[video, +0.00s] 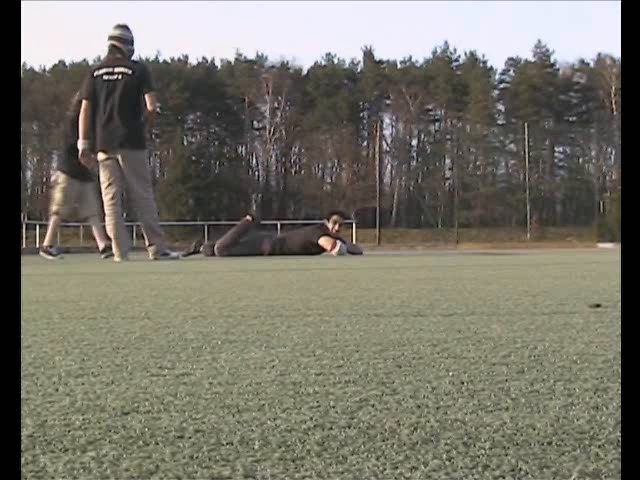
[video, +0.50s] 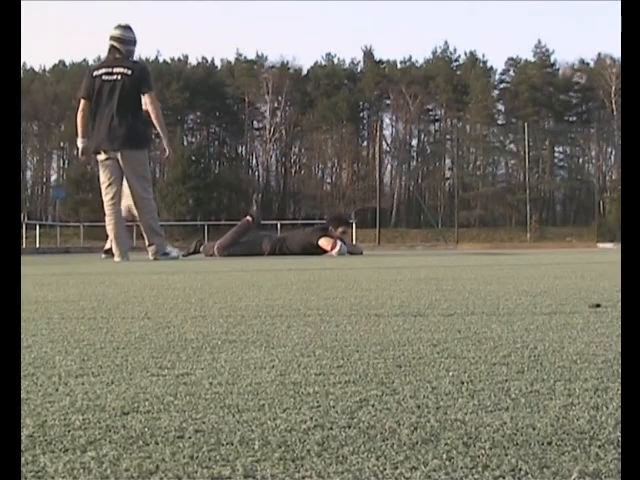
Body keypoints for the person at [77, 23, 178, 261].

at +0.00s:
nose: (132, 51)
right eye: (131, 47)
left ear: (109, 44)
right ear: (130, 46)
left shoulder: (94, 72)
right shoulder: (139, 69)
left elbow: (85, 109)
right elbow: (152, 107)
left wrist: (82, 143)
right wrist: (146, 121)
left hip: (102, 142)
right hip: (132, 141)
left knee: (110, 197)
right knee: (142, 193)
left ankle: (119, 251)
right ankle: (157, 245)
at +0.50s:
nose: (134, 49)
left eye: (132, 45)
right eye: (133, 45)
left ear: (111, 44)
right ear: (130, 45)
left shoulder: (94, 72)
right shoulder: (138, 69)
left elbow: (83, 109)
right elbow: (151, 104)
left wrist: (81, 141)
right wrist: (164, 137)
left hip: (102, 142)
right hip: (132, 142)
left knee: (110, 199)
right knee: (143, 194)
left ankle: (119, 253)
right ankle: (157, 246)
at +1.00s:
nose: (141, 48)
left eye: (141, 43)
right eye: (139, 43)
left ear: (118, 43)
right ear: (131, 43)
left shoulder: (100, 69)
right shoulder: (132, 65)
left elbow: (90, 108)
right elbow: (135, 101)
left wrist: (95, 138)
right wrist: (152, 134)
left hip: (106, 141)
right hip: (132, 139)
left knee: (114, 198)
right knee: (146, 191)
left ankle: (119, 250)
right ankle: (149, 245)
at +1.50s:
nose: (151, 46)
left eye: (151, 42)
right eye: (149, 42)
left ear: (128, 40)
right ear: (141, 42)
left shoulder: (113, 64)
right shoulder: (137, 63)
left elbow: (105, 107)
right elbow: (142, 101)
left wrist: (113, 133)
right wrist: (162, 129)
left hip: (112, 138)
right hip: (133, 137)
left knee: (116, 196)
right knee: (138, 195)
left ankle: (119, 250)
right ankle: (142, 247)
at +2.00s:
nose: (161, 48)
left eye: (162, 43)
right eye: (161, 43)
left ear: (140, 38)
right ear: (156, 42)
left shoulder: (118, 63)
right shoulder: (153, 64)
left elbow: (105, 100)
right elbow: (157, 100)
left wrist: (101, 135)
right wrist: (166, 132)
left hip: (119, 136)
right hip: (144, 136)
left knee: (122, 195)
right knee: (143, 195)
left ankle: (119, 250)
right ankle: (142, 247)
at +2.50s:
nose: (162, 46)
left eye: (162, 42)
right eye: (161, 42)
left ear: (140, 37)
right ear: (157, 41)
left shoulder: (119, 64)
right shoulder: (156, 64)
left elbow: (107, 102)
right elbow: (165, 103)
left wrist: (113, 130)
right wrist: (181, 109)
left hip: (121, 136)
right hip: (147, 136)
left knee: (122, 194)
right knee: (145, 194)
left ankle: (119, 249)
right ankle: (142, 247)